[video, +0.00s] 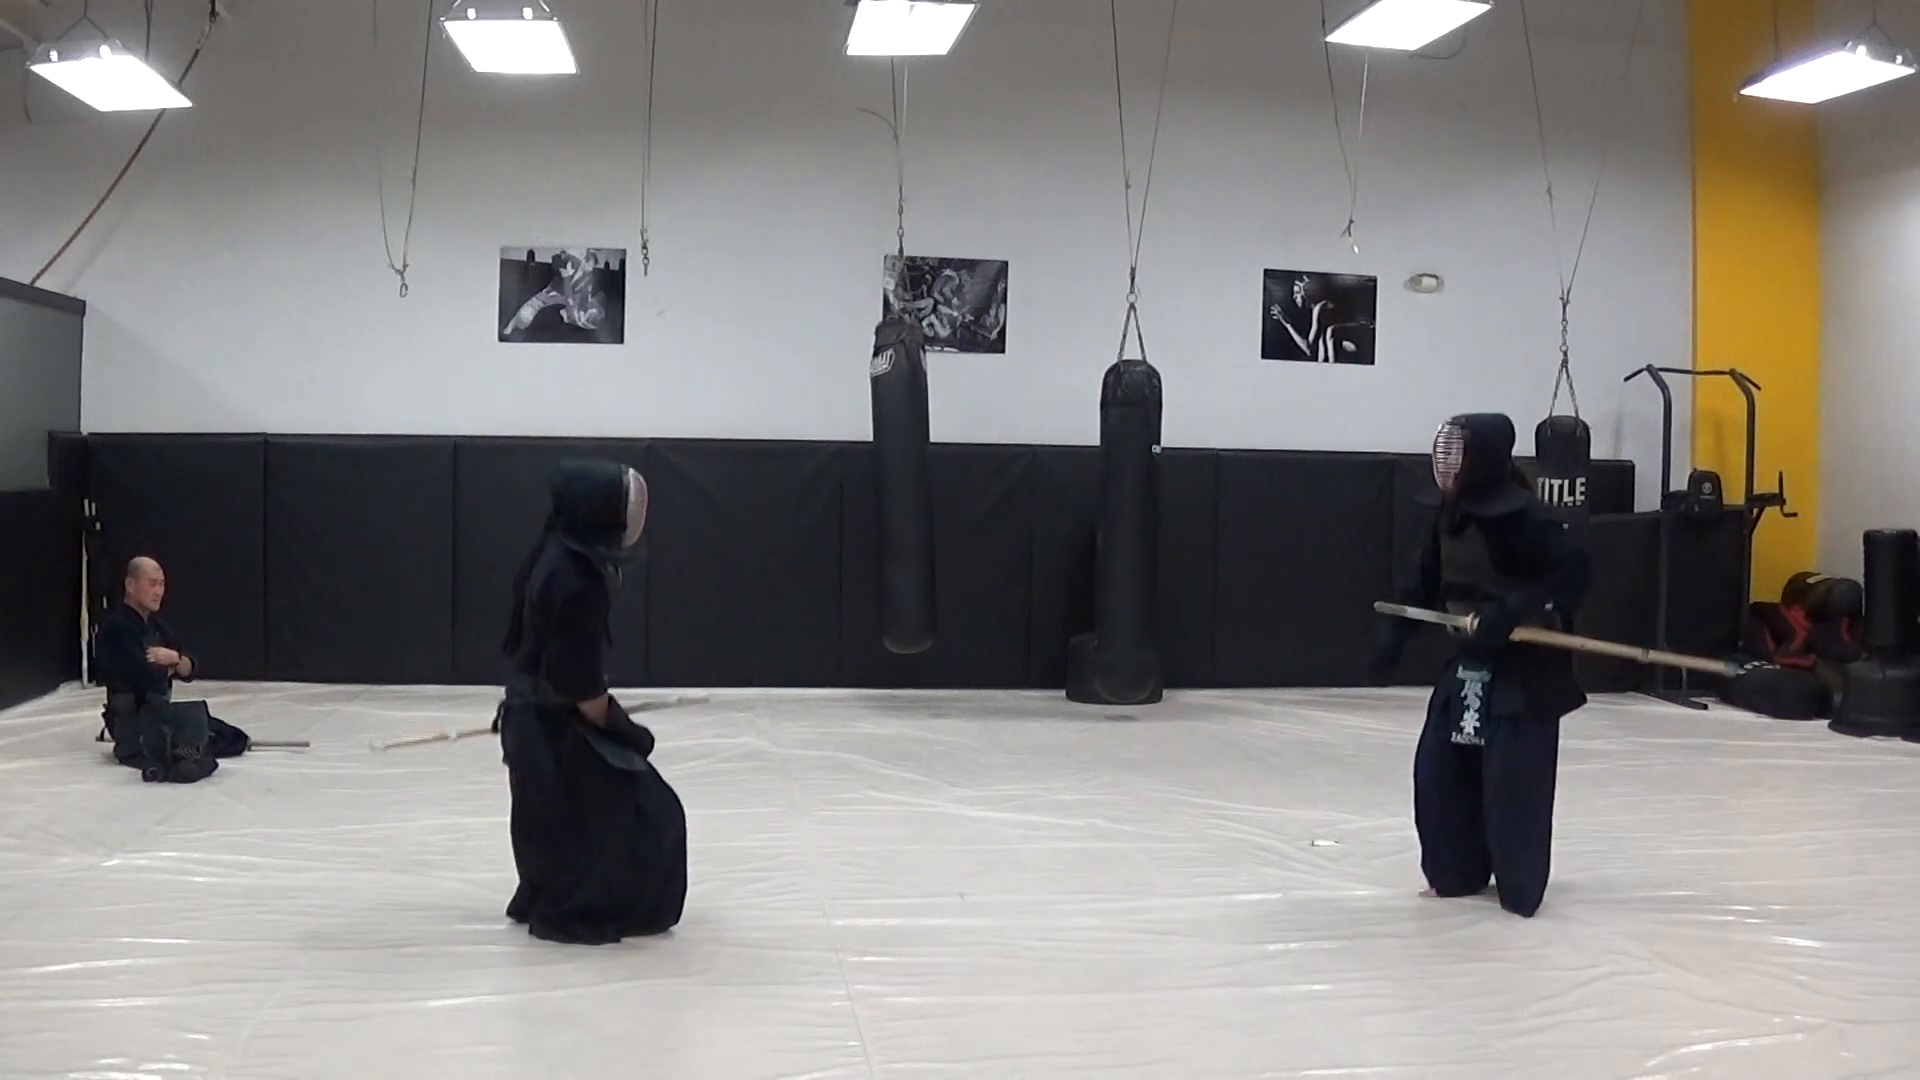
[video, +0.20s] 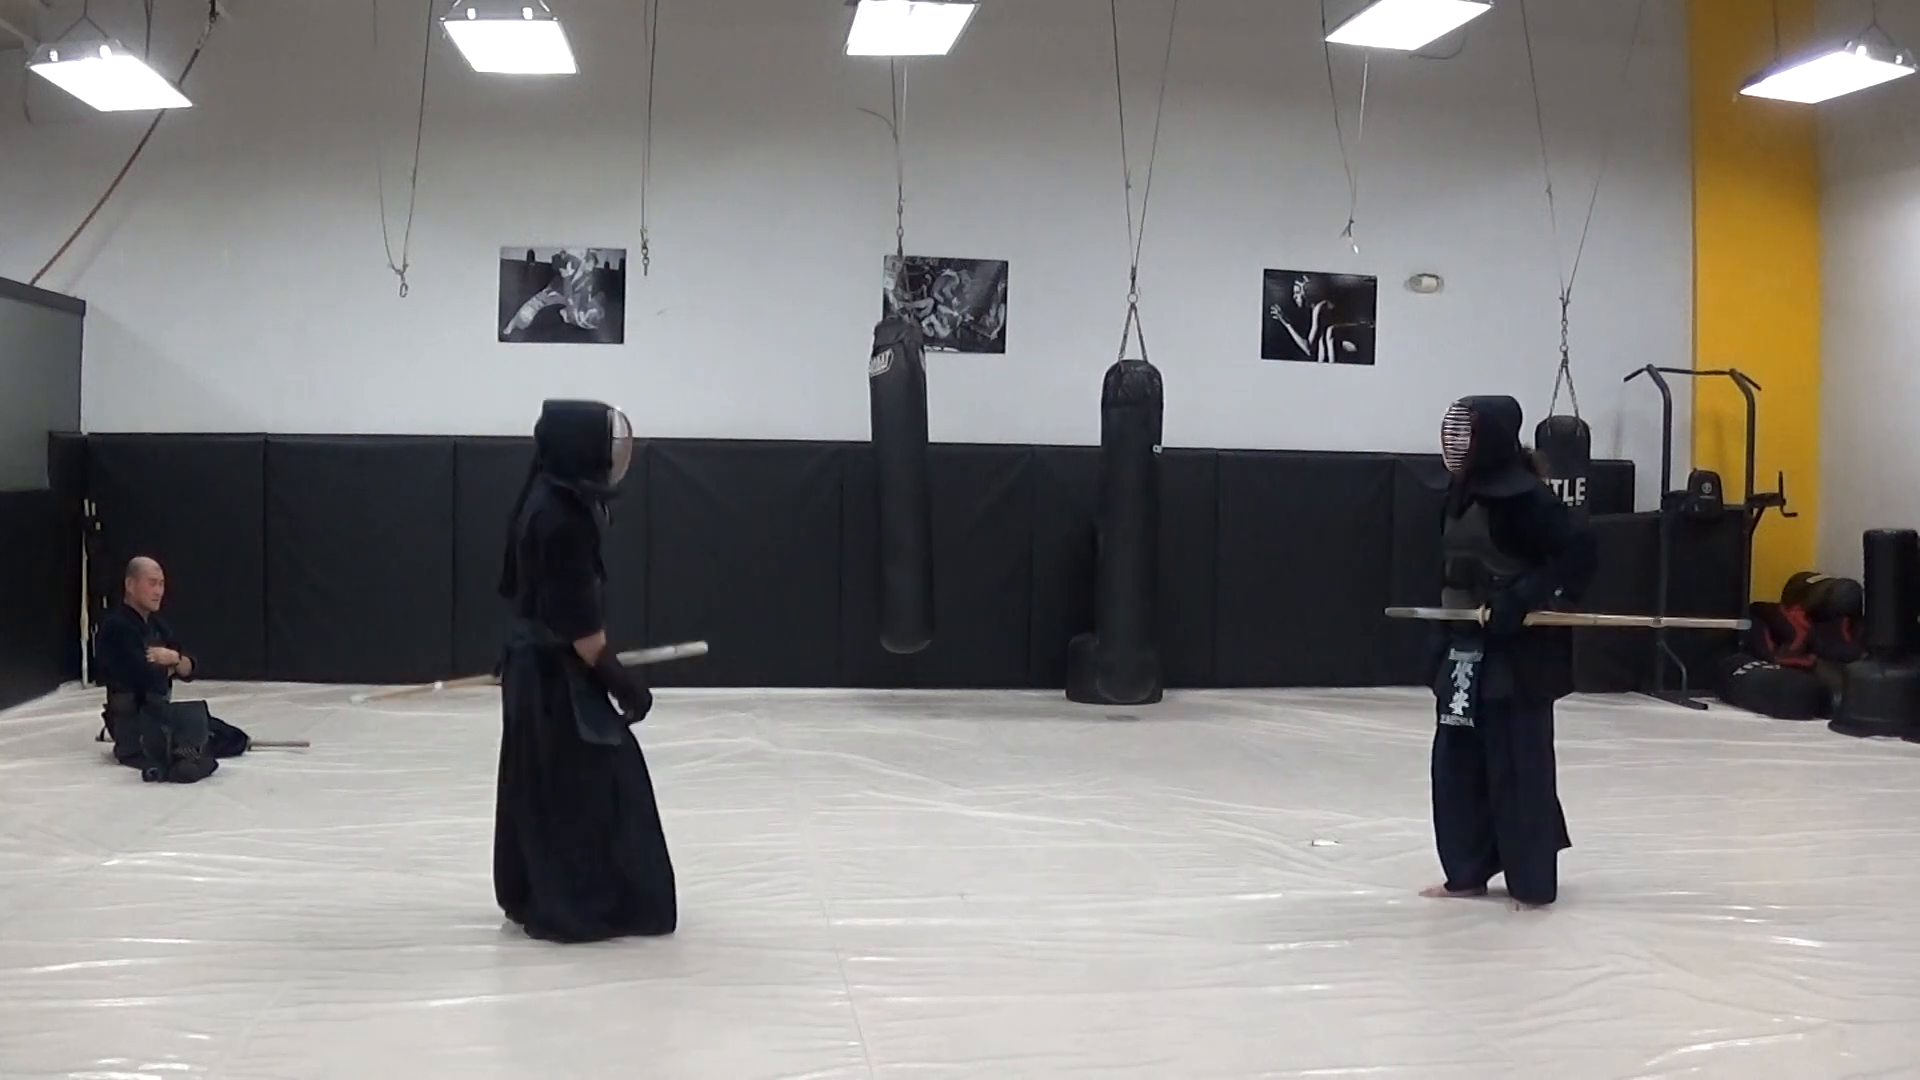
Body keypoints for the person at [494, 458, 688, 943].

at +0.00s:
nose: (635, 520)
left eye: (635, 508)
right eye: (628, 510)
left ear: (575, 509)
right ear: (602, 515)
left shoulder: (549, 557)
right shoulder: (579, 579)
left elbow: (526, 652)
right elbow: (583, 686)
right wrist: (626, 731)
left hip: (526, 717)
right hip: (556, 728)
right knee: (657, 808)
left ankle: (544, 897)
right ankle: (582, 909)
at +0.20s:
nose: (623, 455)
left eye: (623, 445)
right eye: (615, 446)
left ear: (564, 449)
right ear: (588, 453)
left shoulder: (545, 497)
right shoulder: (566, 515)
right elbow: (577, 620)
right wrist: (618, 678)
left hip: (532, 660)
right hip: (557, 667)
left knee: (545, 782)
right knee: (589, 781)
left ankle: (538, 898)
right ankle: (578, 904)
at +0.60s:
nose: (587, 432)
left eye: (586, 421)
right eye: (580, 422)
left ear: (527, 421)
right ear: (556, 425)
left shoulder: (503, 470)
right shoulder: (544, 486)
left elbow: (473, 561)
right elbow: (555, 596)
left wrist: (528, 596)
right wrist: (594, 669)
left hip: (506, 642)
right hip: (542, 647)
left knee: (517, 769)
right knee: (560, 778)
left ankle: (502, 891)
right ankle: (566, 911)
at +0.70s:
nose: (570, 435)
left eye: (569, 424)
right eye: (561, 424)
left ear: (510, 423)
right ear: (534, 428)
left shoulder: (491, 477)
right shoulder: (520, 489)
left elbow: (459, 565)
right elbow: (529, 598)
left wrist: (518, 594)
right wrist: (568, 674)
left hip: (496, 646)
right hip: (526, 650)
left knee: (504, 772)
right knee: (553, 782)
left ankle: (429, 873)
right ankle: (569, 914)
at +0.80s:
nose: (544, 443)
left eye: (544, 432)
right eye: (536, 433)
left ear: (484, 432)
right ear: (511, 436)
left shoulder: (468, 485)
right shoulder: (496, 498)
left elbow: (443, 576)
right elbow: (501, 608)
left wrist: (511, 602)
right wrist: (539, 687)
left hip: (476, 651)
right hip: (508, 655)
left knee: (474, 775)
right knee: (548, 778)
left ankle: (395, 877)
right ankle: (570, 913)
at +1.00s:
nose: (483, 443)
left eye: (483, 431)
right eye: (475, 432)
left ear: (427, 430)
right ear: (451, 435)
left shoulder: (421, 486)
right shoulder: (423, 496)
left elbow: (396, 573)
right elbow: (421, 597)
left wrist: (462, 605)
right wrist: (456, 673)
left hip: (418, 652)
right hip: (435, 655)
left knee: (417, 776)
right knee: (495, 775)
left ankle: (398, 895)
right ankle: (549, 901)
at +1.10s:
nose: (456, 441)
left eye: (456, 429)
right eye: (448, 430)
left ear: (403, 426)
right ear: (423, 432)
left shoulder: (398, 482)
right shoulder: (393, 491)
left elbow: (378, 573)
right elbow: (393, 592)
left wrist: (434, 609)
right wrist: (427, 666)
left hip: (397, 645)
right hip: (401, 650)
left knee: (413, 772)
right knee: (446, 770)